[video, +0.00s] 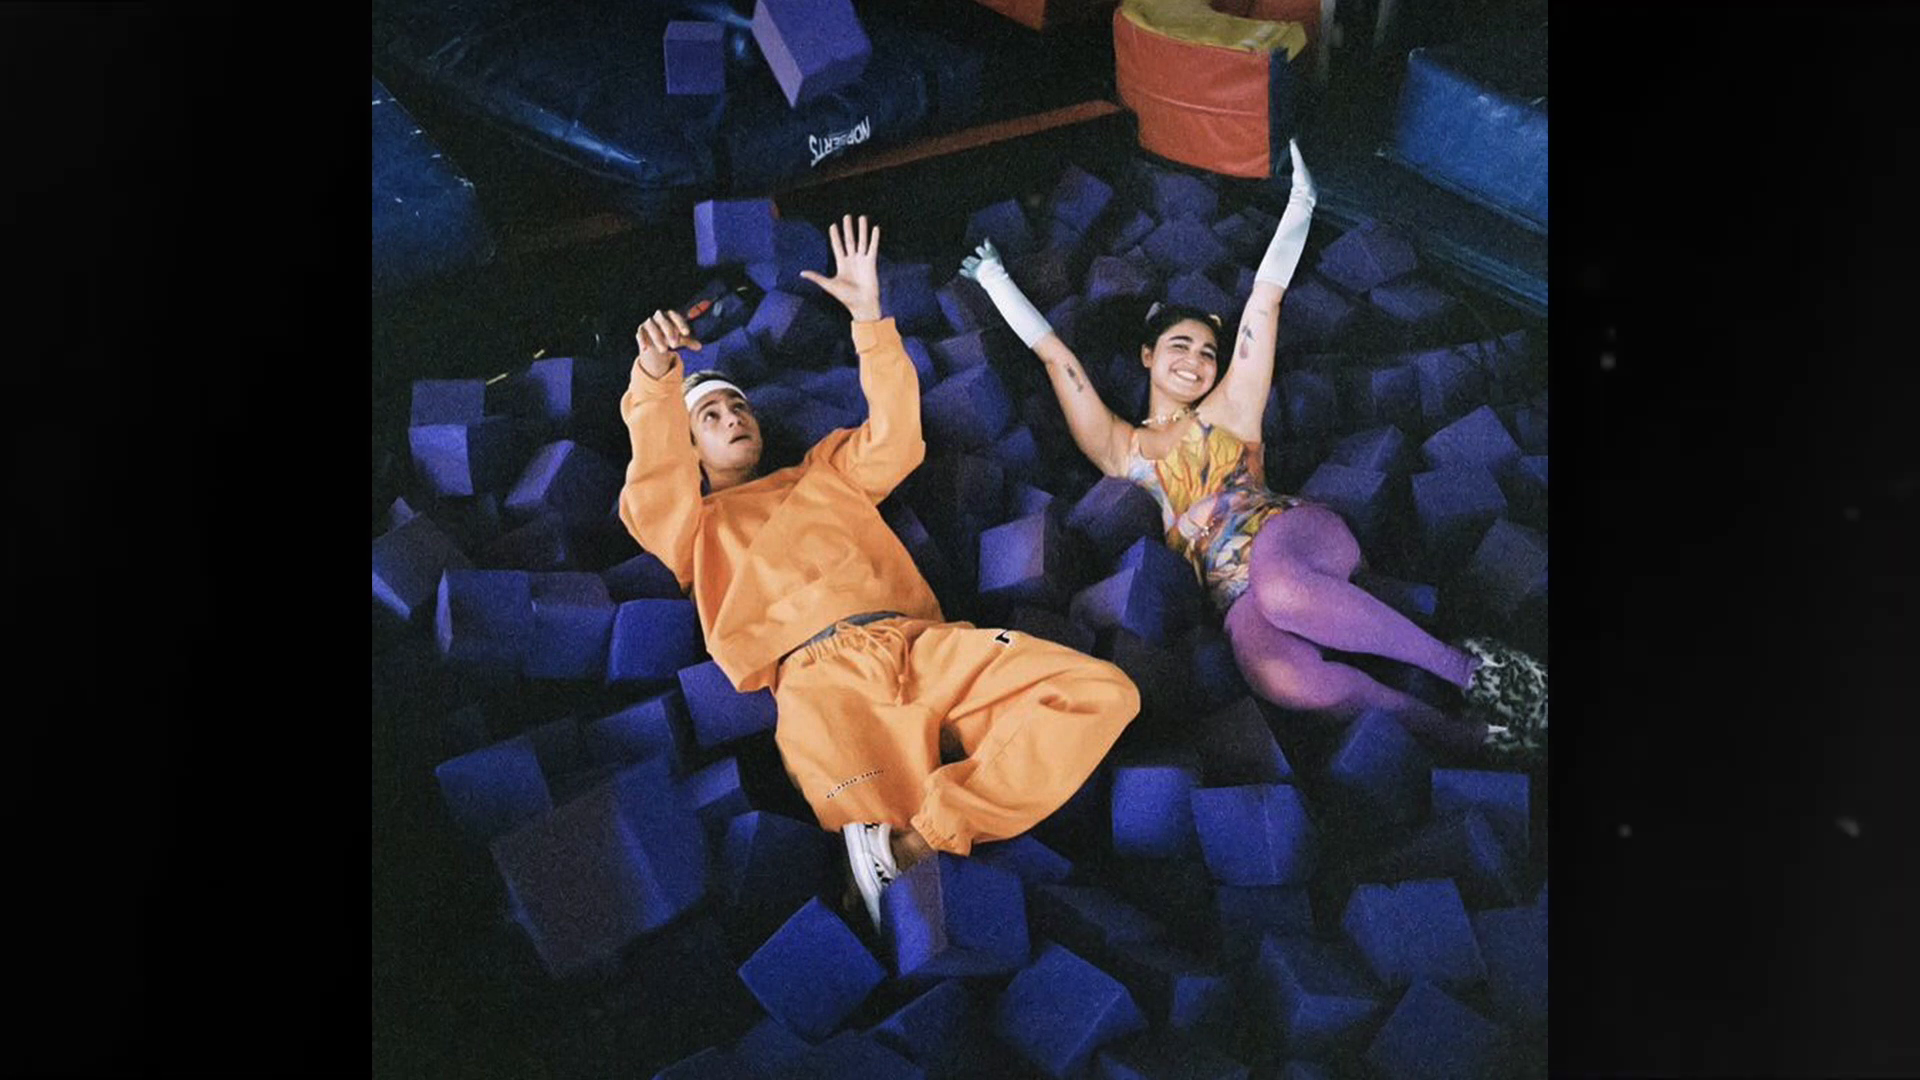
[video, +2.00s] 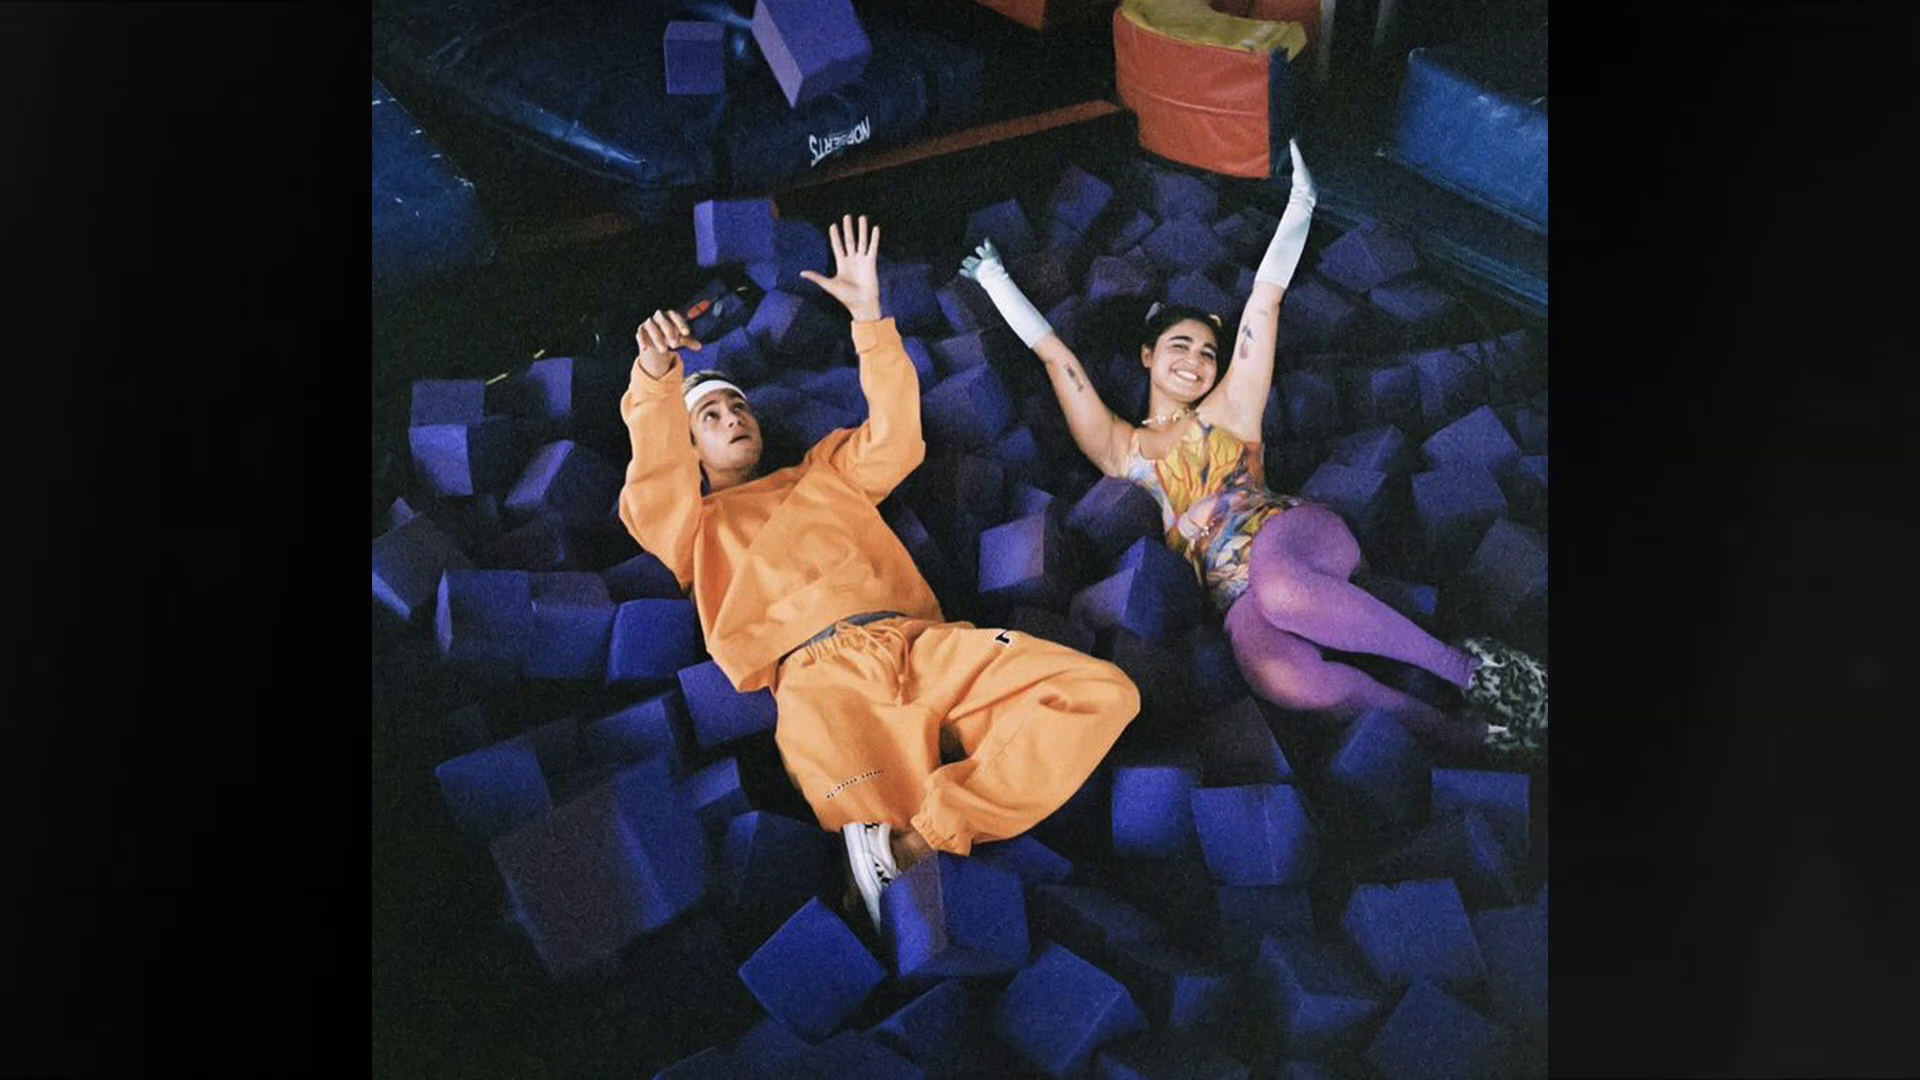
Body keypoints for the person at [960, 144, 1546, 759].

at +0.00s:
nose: (1191, 359)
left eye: (1205, 353)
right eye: (1177, 346)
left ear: (1217, 370)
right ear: (1145, 358)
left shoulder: (1230, 411)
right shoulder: (1123, 448)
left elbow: (1265, 304)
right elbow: (1057, 359)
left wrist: (1298, 209)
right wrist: (992, 278)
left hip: (1289, 531)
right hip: (1239, 598)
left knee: (1278, 592)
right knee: (1285, 679)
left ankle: (1471, 670)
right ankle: (1455, 728)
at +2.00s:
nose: (1191, 360)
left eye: (1205, 354)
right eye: (1177, 346)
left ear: (1217, 370)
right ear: (1145, 357)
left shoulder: (1230, 411)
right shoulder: (1122, 448)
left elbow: (1264, 305)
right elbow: (1058, 359)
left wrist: (1298, 209)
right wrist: (992, 278)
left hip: (1288, 531)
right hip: (1238, 596)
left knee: (1280, 593)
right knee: (1287, 680)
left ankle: (1472, 671)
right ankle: (1462, 733)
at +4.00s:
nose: (1190, 359)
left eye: (1204, 353)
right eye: (1176, 346)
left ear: (1216, 370)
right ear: (1145, 358)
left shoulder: (1230, 411)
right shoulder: (1122, 449)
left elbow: (1264, 304)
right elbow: (1057, 359)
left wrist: (1299, 209)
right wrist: (992, 277)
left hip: (1288, 531)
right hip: (1238, 596)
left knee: (1279, 593)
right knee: (1286, 680)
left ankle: (1471, 671)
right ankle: (1462, 733)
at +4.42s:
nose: (1190, 358)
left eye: (1204, 353)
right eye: (1176, 346)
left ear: (1217, 370)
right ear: (1145, 359)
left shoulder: (1230, 410)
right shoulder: (1124, 449)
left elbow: (1264, 304)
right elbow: (1058, 359)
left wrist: (1298, 208)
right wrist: (992, 277)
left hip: (1290, 532)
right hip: (1240, 598)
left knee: (1278, 592)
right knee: (1285, 679)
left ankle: (1472, 671)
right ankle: (1459, 732)